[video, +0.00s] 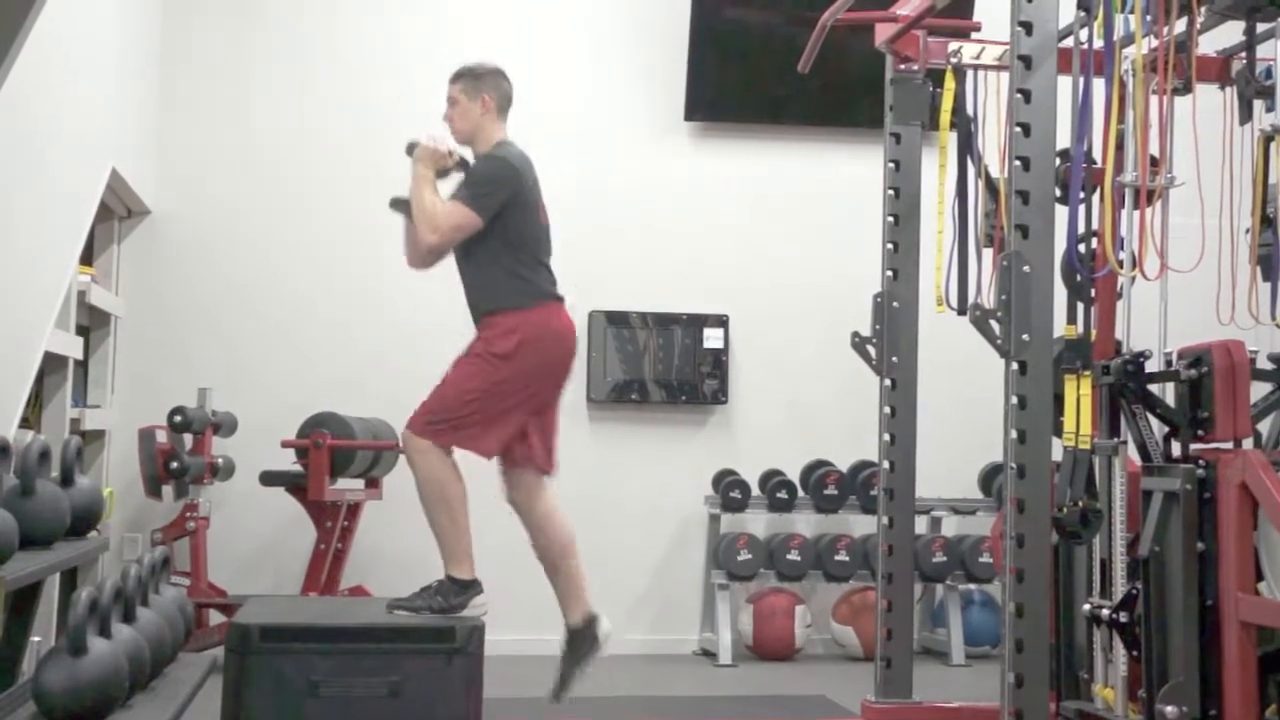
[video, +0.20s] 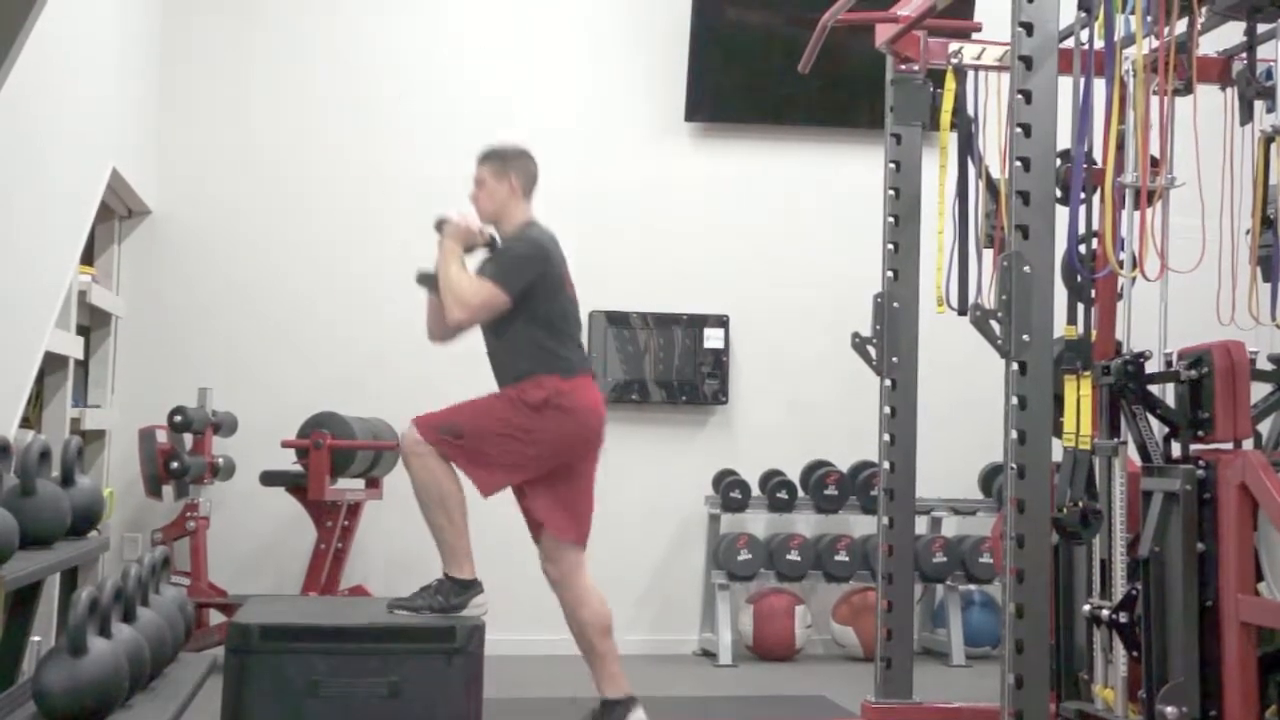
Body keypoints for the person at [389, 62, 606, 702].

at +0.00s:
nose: (446, 116)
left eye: (452, 104)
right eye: (447, 106)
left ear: (482, 103)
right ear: (489, 105)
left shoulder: (500, 164)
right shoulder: (492, 170)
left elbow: (434, 231)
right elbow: (421, 256)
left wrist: (422, 169)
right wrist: (426, 187)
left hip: (522, 331)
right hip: (542, 331)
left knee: (423, 439)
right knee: (527, 488)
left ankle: (458, 581)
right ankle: (581, 625)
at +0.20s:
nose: (472, 195)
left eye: (481, 184)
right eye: (474, 185)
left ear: (514, 187)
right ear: (510, 189)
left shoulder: (532, 246)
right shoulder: (511, 253)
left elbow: (462, 308)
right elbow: (442, 328)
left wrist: (452, 245)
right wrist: (447, 263)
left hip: (553, 402)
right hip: (571, 410)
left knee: (421, 442)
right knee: (564, 565)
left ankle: (460, 581)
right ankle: (617, 699)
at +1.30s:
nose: (470, 143)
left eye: (479, 134)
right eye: (472, 134)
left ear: (511, 139)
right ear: (508, 140)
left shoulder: (523, 198)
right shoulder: (505, 204)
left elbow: (455, 256)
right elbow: (430, 278)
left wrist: (440, 195)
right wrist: (433, 212)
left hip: (536, 352)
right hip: (558, 356)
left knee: (420, 438)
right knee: (520, 509)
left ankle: (463, 577)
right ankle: (575, 642)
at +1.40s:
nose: (462, 106)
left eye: (471, 96)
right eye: (464, 96)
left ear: (503, 100)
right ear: (501, 101)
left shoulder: (515, 159)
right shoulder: (498, 165)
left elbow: (444, 221)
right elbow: (425, 242)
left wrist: (431, 158)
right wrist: (426, 178)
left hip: (526, 317)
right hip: (520, 319)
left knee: (431, 437)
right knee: (460, 459)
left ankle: (463, 578)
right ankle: (543, 566)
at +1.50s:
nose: (458, 75)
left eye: (467, 65)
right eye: (460, 65)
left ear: (499, 69)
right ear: (494, 71)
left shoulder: (510, 128)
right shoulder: (490, 136)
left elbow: (441, 194)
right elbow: (425, 215)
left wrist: (430, 129)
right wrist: (426, 150)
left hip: (519, 294)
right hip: (492, 293)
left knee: (448, 430)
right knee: (403, 388)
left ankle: (466, 578)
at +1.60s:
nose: (456, 59)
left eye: (465, 48)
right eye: (459, 49)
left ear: (497, 51)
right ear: (496, 51)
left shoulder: (508, 108)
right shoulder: (490, 114)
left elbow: (438, 174)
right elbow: (427, 202)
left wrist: (426, 111)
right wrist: (431, 130)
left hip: (506, 282)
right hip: (469, 275)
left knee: (462, 428)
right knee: (368, 303)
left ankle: (466, 576)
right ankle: (431, 415)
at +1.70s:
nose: (452, 54)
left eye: (460, 43)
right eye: (454, 44)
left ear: (492, 46)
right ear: (493, 48)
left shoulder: (504, 106)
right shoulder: (484, 109)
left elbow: (429, 177)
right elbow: (421, 196)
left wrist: (425, 108)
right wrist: (424, 125)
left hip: (498, 279)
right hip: (464, 261)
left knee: (463, 430)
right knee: (364, 227)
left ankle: (466, 578)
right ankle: (378, 359)